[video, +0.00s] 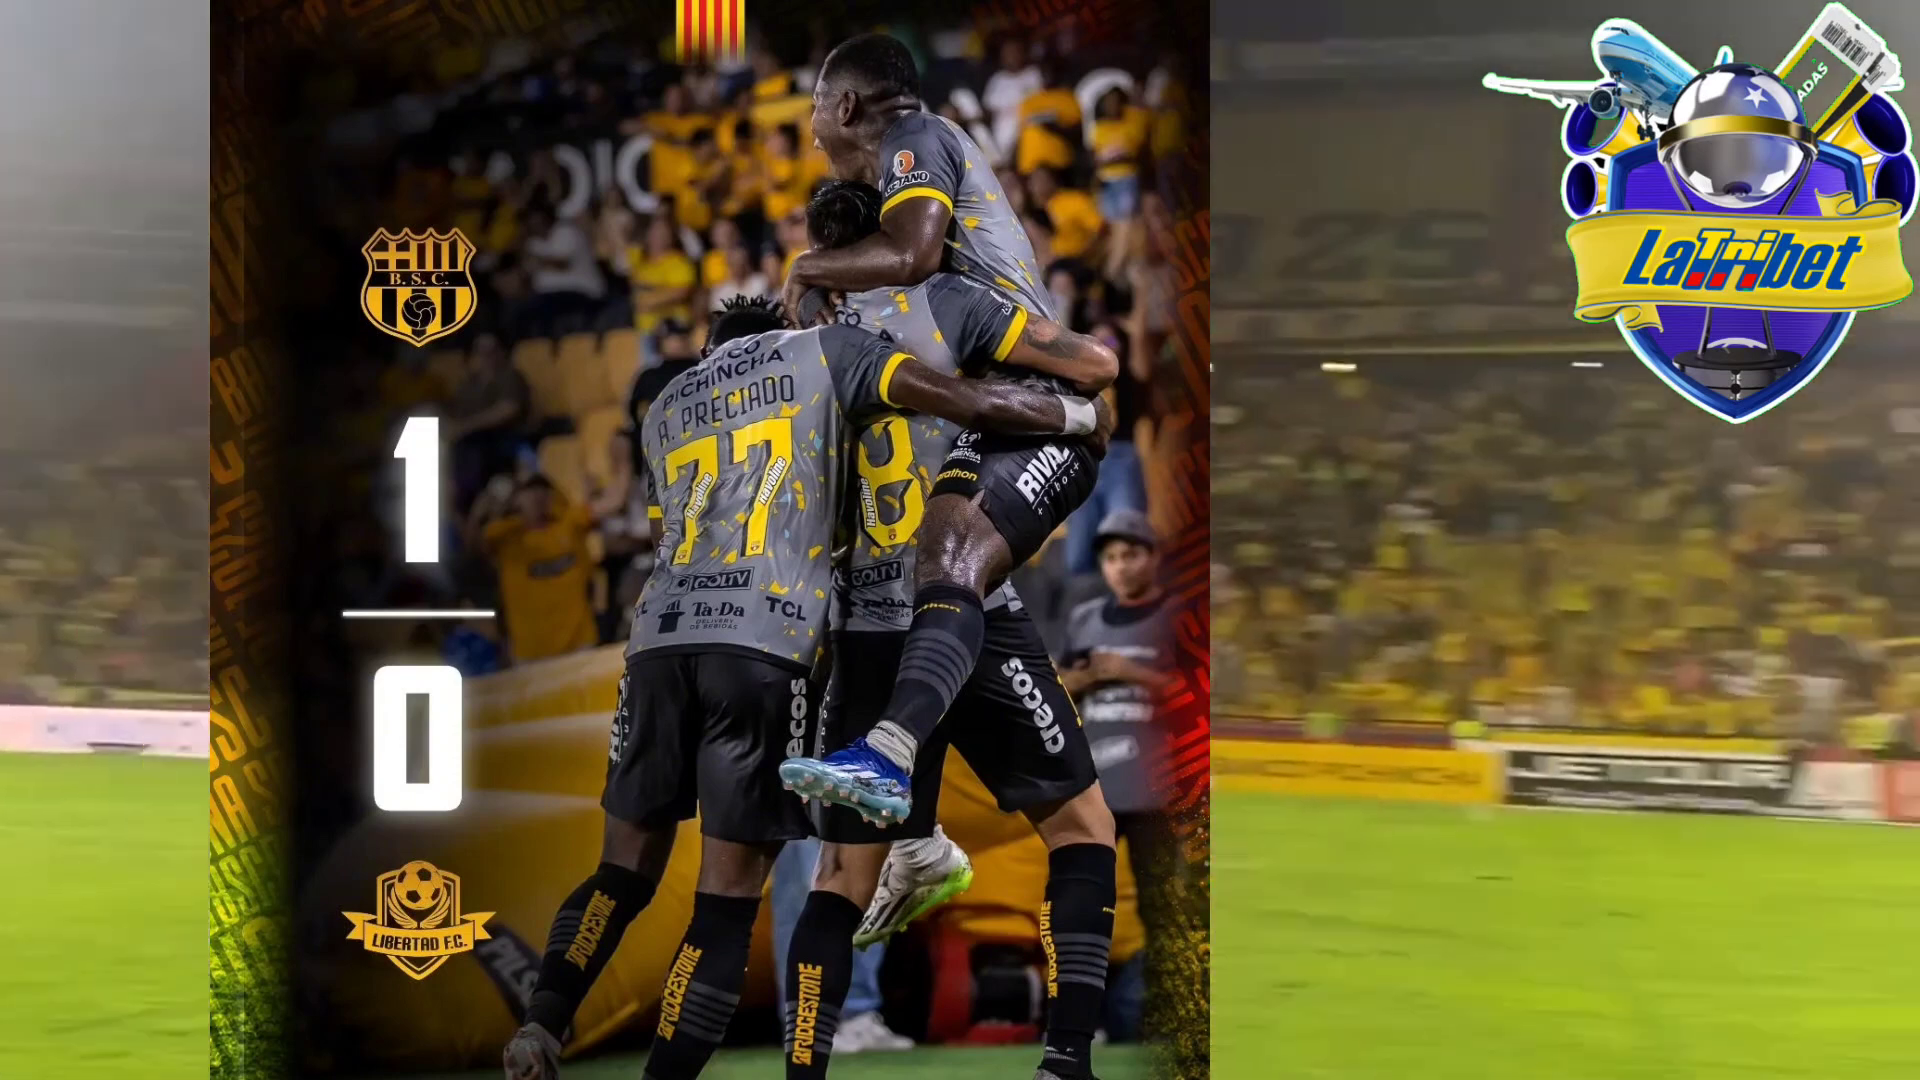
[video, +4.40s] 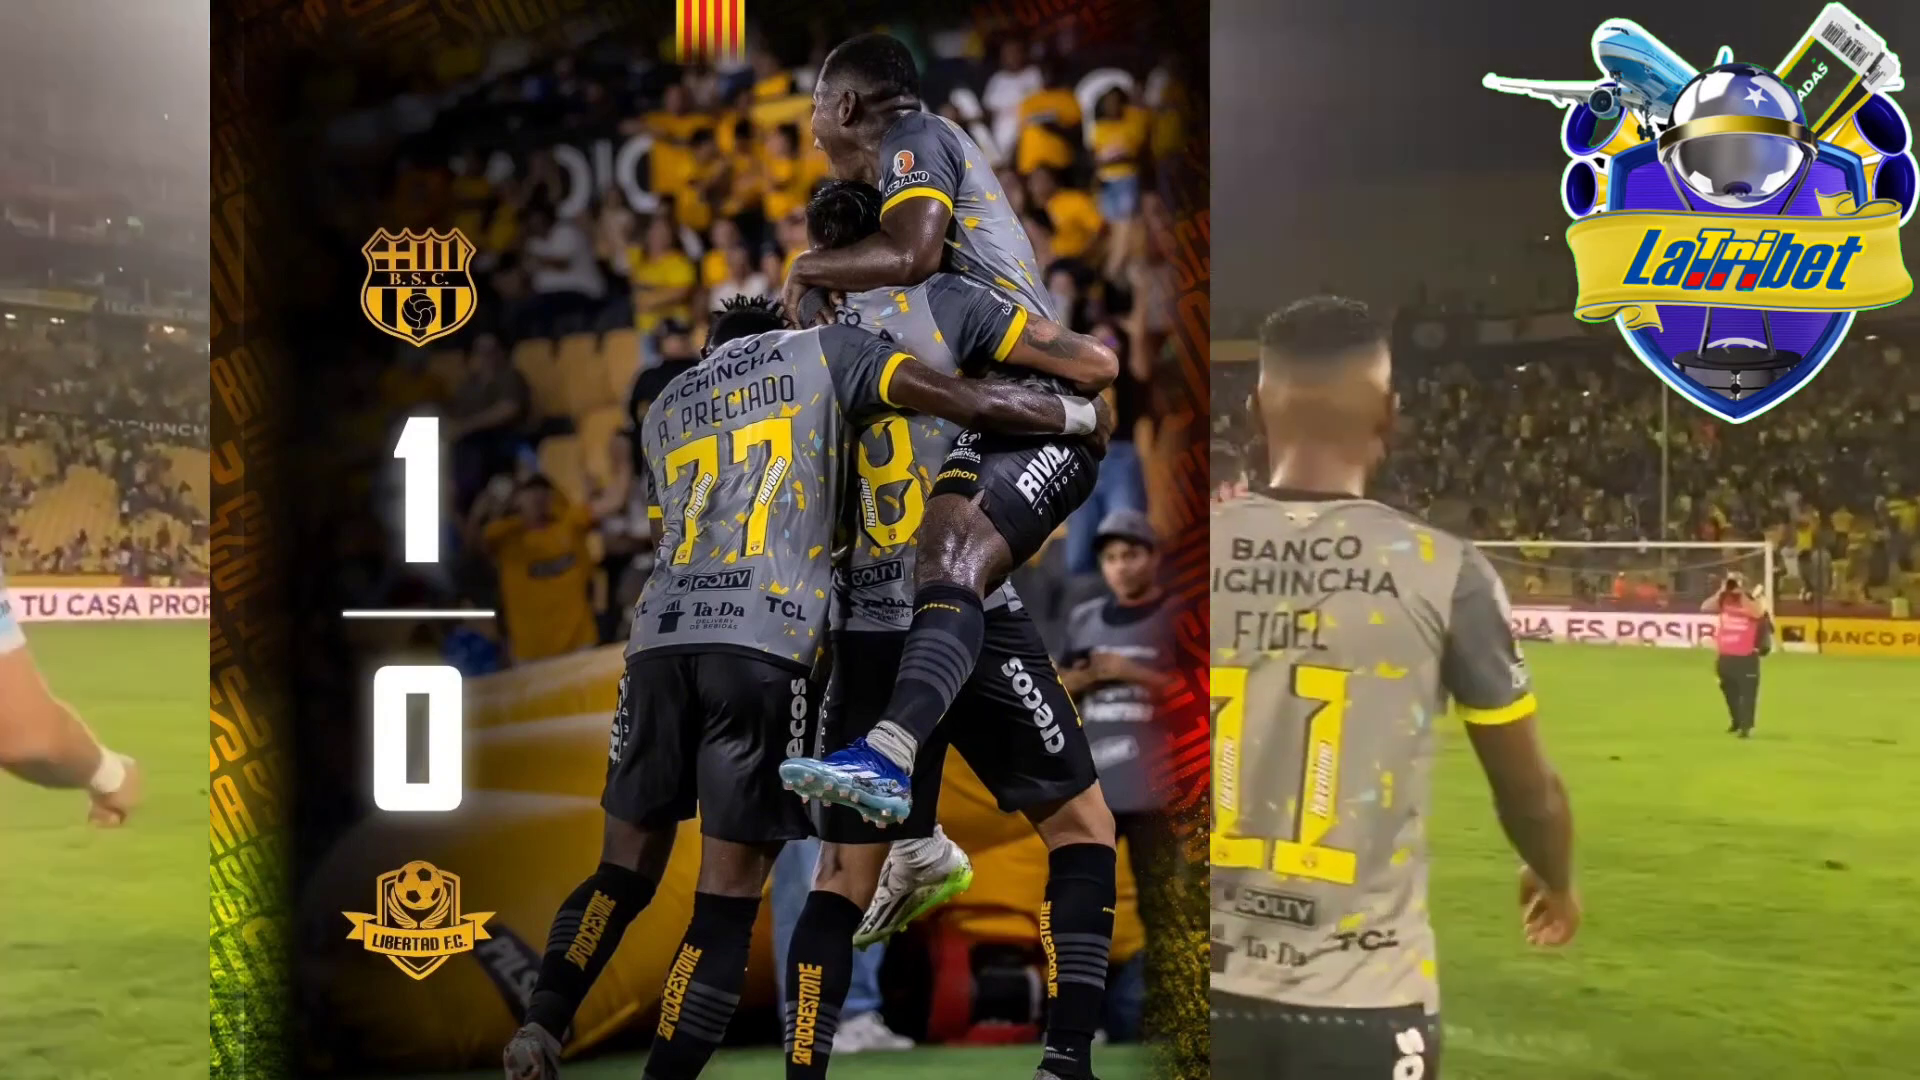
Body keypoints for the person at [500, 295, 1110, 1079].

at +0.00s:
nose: (826, 325)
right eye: (814, 319)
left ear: (710, 345)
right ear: (793, 324)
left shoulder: (661, 406)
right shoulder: (829, 348)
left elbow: (682, 519)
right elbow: (970, 399)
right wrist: (1086, 418)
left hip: (657, 648)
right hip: (762, 649)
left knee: (623, 865)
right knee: (727, 892)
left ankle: (542, 1027)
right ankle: (667, 1075)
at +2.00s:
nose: (826, 326)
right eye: (814, 319)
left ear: (709, 346)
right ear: (792, 324)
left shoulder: (660, 405)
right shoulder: (830, 348)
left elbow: (680, 521)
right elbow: (970, 400)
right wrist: (1088, 417)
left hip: (657, 648)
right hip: (762, 649)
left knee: (623, 865)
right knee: (727, 892)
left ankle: (542, 1028)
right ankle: (667, 1075)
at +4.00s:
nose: (827, 326)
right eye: (815, 319)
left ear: (709, 345)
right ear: (792, 324)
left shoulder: (661, 406)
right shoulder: (829, 348)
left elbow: (681, 520)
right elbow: (969, 399)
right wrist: (1086, 419)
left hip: (657, 648)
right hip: (762, 648)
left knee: (623, 866)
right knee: (727, 891)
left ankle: (542, 1027)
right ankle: (667, 1076)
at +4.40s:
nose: (827, 325)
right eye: (815, 318)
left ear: (709, 345)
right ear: (791, 323)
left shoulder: (661, 407)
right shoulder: (830, 348)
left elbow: (679, 521)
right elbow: (973, 400)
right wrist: (1090, 416)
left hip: (657, 648)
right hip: (761, 648)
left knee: (624, 865)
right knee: (727, 891)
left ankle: (542, 1027)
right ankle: (667, 1074)